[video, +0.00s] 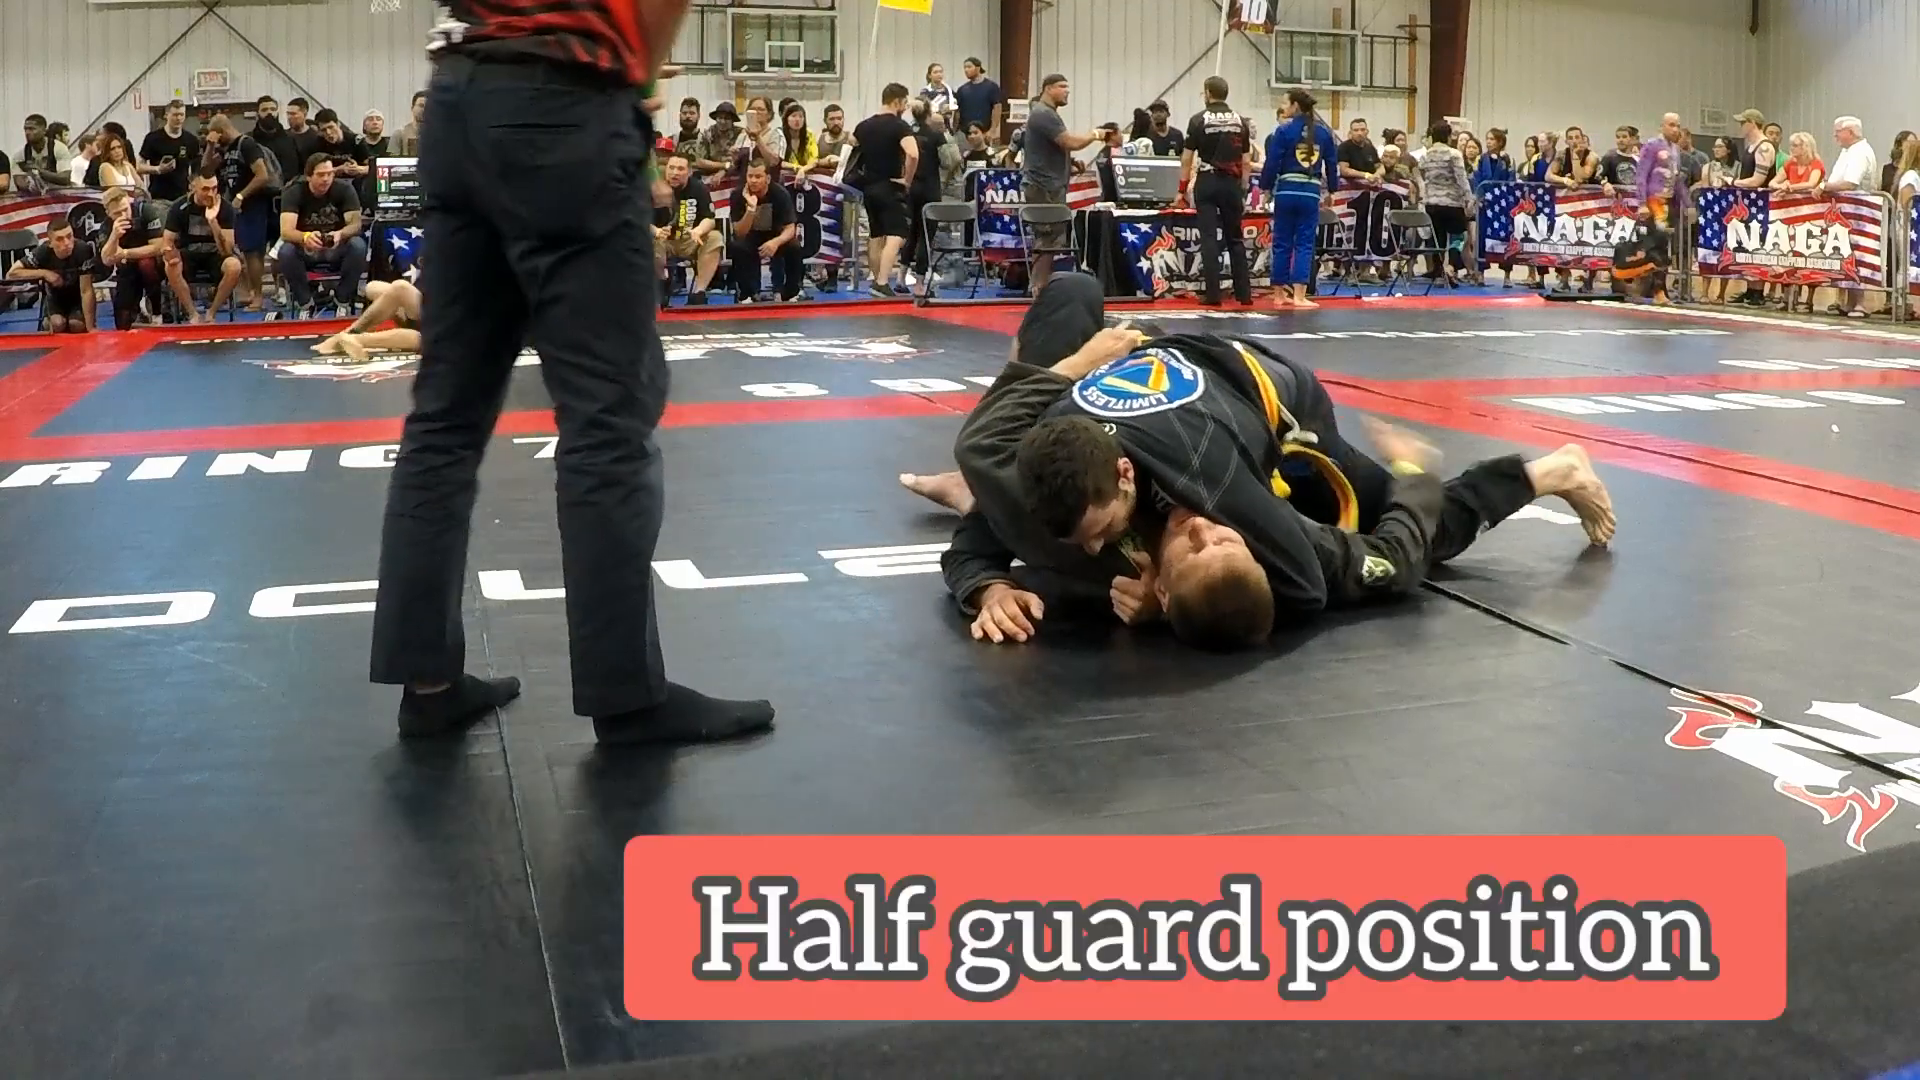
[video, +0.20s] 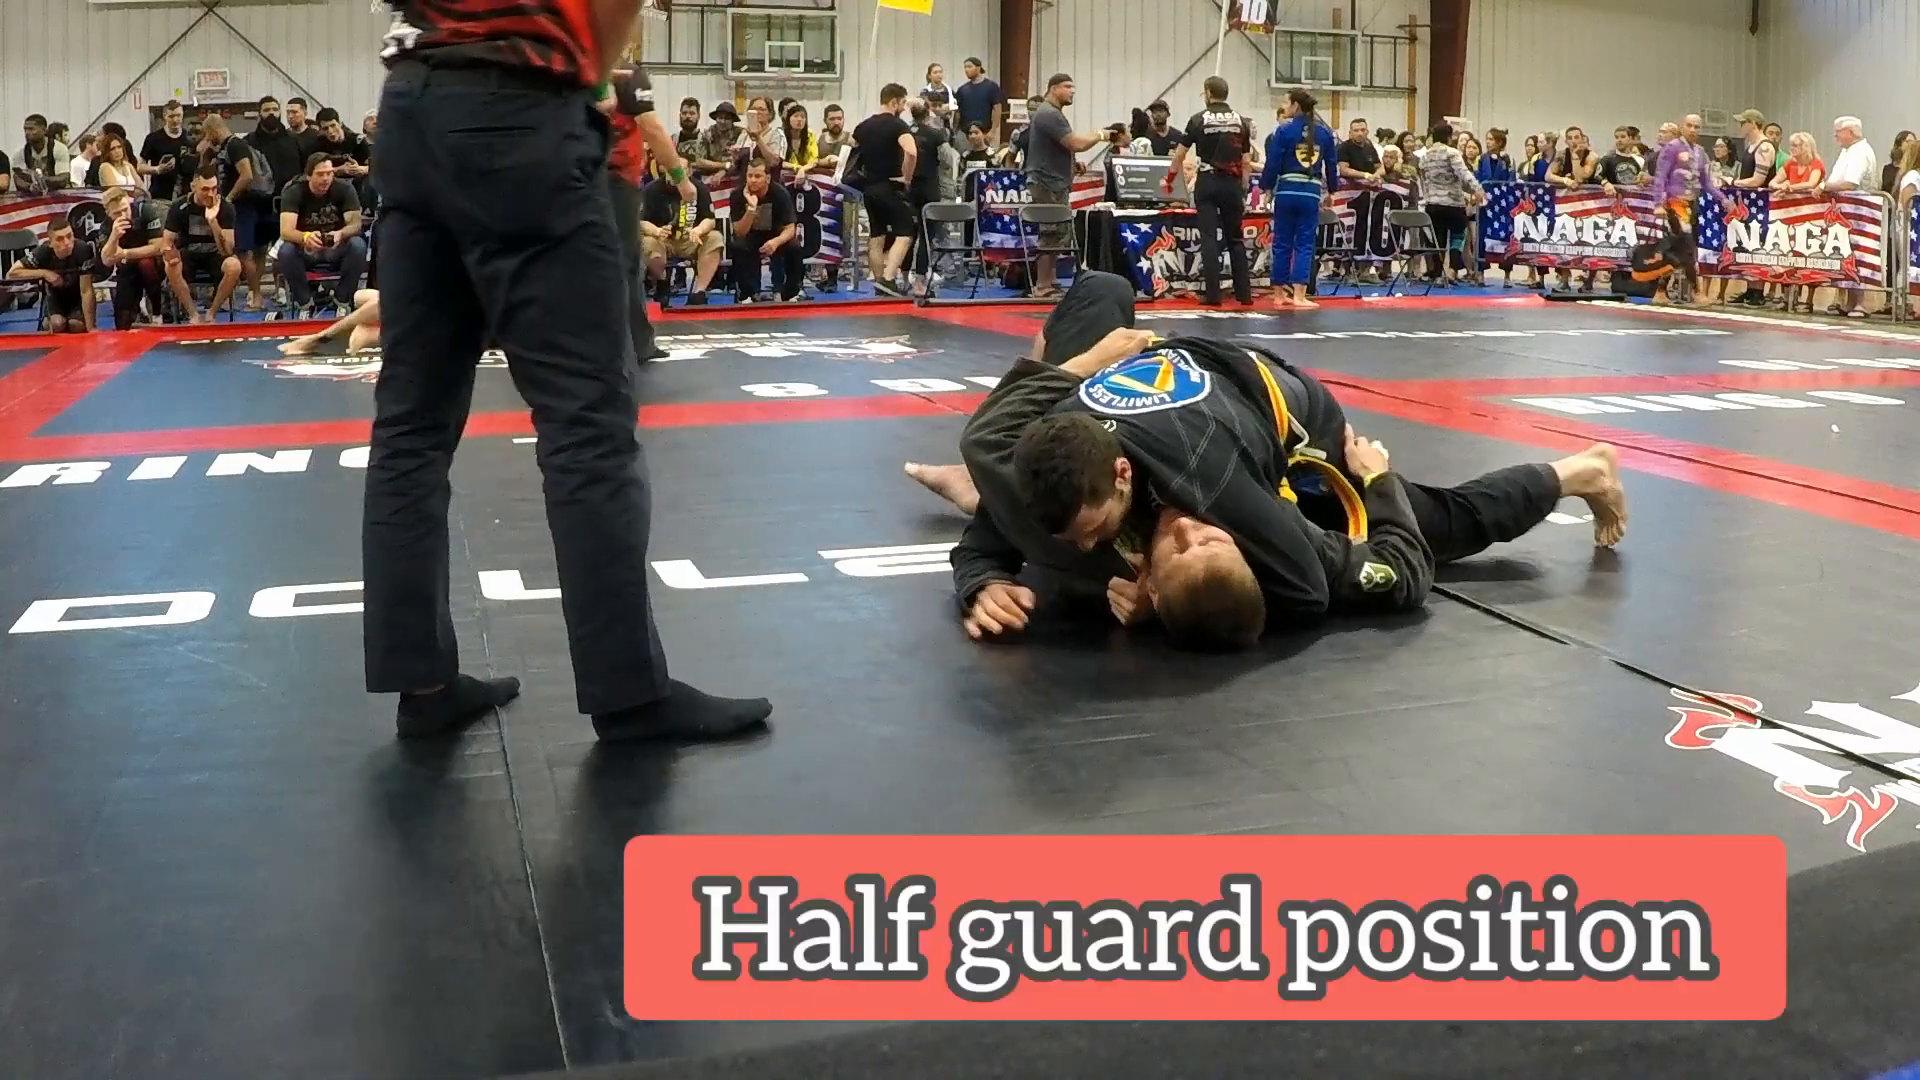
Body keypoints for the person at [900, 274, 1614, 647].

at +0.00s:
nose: (1091, 543)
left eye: (1100, 531)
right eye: (1072, 537)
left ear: (1129, 488)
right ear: (1027, 508)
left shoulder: (1203, 489)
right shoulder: (1004, 475)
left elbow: (1313, 582)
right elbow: (966, 554)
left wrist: (1166, 607)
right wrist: (983, 593)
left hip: (1255, 387)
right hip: (1141, 355)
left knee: (1392, 531)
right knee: (1063, 288)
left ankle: (1539, 469)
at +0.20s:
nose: (1090, 540)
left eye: (1100, 530)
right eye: (1070, 535)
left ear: (1125, 479)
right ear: (1024, 499)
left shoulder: (1200, 481)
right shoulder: (1012, 470)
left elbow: (1317, 590)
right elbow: (980, 549)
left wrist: (1148, 604)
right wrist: (985, 593)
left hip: (1277, 405)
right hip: (1170, 359)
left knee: (1422, 530)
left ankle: (1577, 472)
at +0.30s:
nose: (1093, 539)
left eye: (1101, 531)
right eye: (1067, 533)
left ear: (1121, 479)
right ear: (1022, 497)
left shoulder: (1202, 487)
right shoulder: (1015, 467)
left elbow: (1310, 594)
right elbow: (997, 551)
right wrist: (982, 582)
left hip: (1283, 403)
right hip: (1182, 356)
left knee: (1414, 531)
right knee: (1096, 284)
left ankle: (1587, 475)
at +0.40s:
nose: (1082, 539)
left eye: (1093, 530)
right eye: (1060, 533)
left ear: (1117, 478)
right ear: (1020, 490)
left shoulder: (1200, 487)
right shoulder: (1014, 457)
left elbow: (1307, 591)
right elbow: (999, 536)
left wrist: (1147, 601)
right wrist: (978, 576)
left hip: (1283, 407)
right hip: (1180, 355)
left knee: (1414, 532)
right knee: (1096, 285)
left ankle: (1588, 476)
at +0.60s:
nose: (1064, 543)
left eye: (1080, 536)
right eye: (1050, 536)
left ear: (1114, 487)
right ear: (1017, 485)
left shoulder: (1200, 489)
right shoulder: (1014, 454)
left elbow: (1306, 598)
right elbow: (995, 533)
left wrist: (1148, 603)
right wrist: (979, 571)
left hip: (1279, 406)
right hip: (1181, 357)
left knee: (1403, 513)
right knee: (1091, 290)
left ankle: (1588, 476)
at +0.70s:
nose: (1162, 536)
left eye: (1102, 541)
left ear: (1118, 500)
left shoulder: (1201, 494)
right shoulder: (1012, 460)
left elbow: (1306, 594)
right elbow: (996, 536)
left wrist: (1145, 605)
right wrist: (978, 574)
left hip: (1273, 403)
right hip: (1172, 356)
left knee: (1407, 518)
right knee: (1086, 292)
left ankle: (1583, 477)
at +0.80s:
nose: (1171, 534)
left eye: (1137, 546)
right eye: (1181, 543)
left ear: (1118, 511)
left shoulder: (1201, 491)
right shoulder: (1010, 462)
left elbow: (1307, 591)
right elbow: (994, 538)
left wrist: (1134, 598)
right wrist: (977, 573)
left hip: (1271, 401)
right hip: (1173, 354)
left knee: (1414, 522)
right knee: (1080, 292)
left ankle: (1580, 476)